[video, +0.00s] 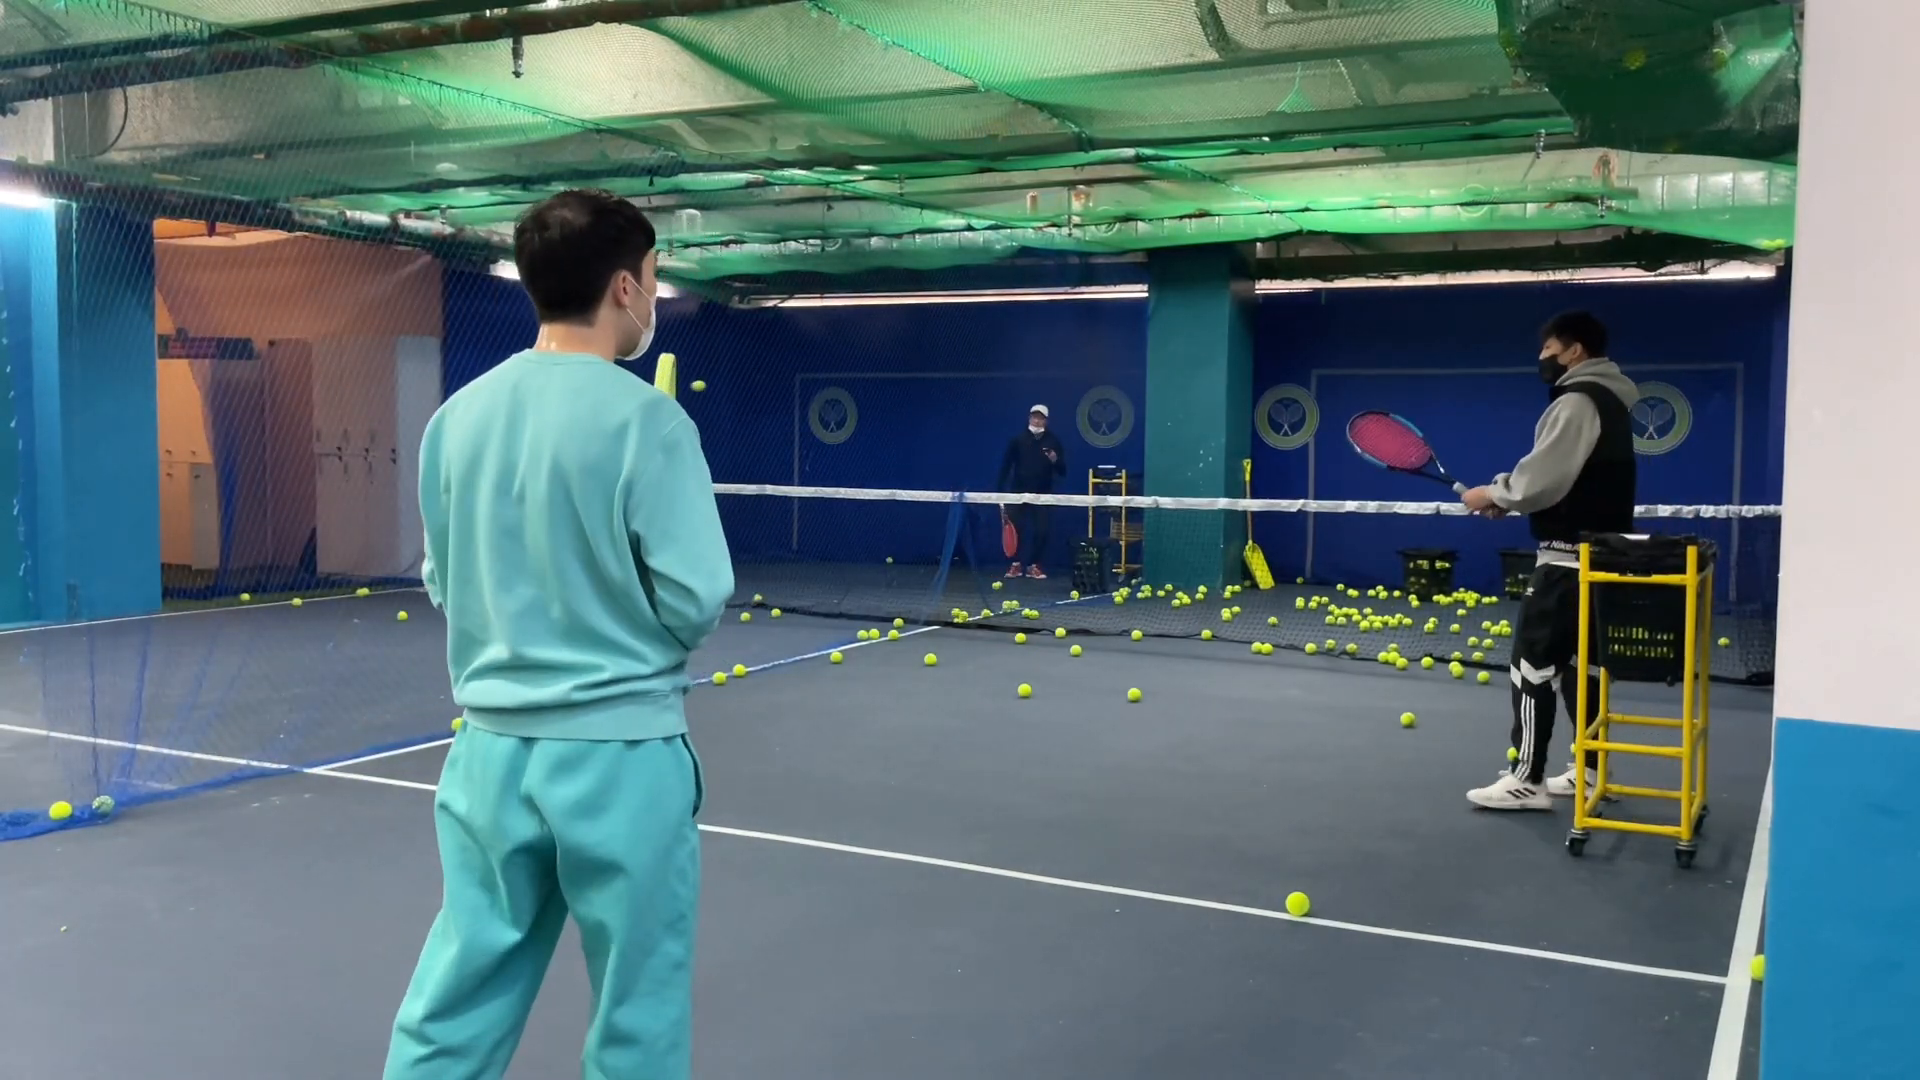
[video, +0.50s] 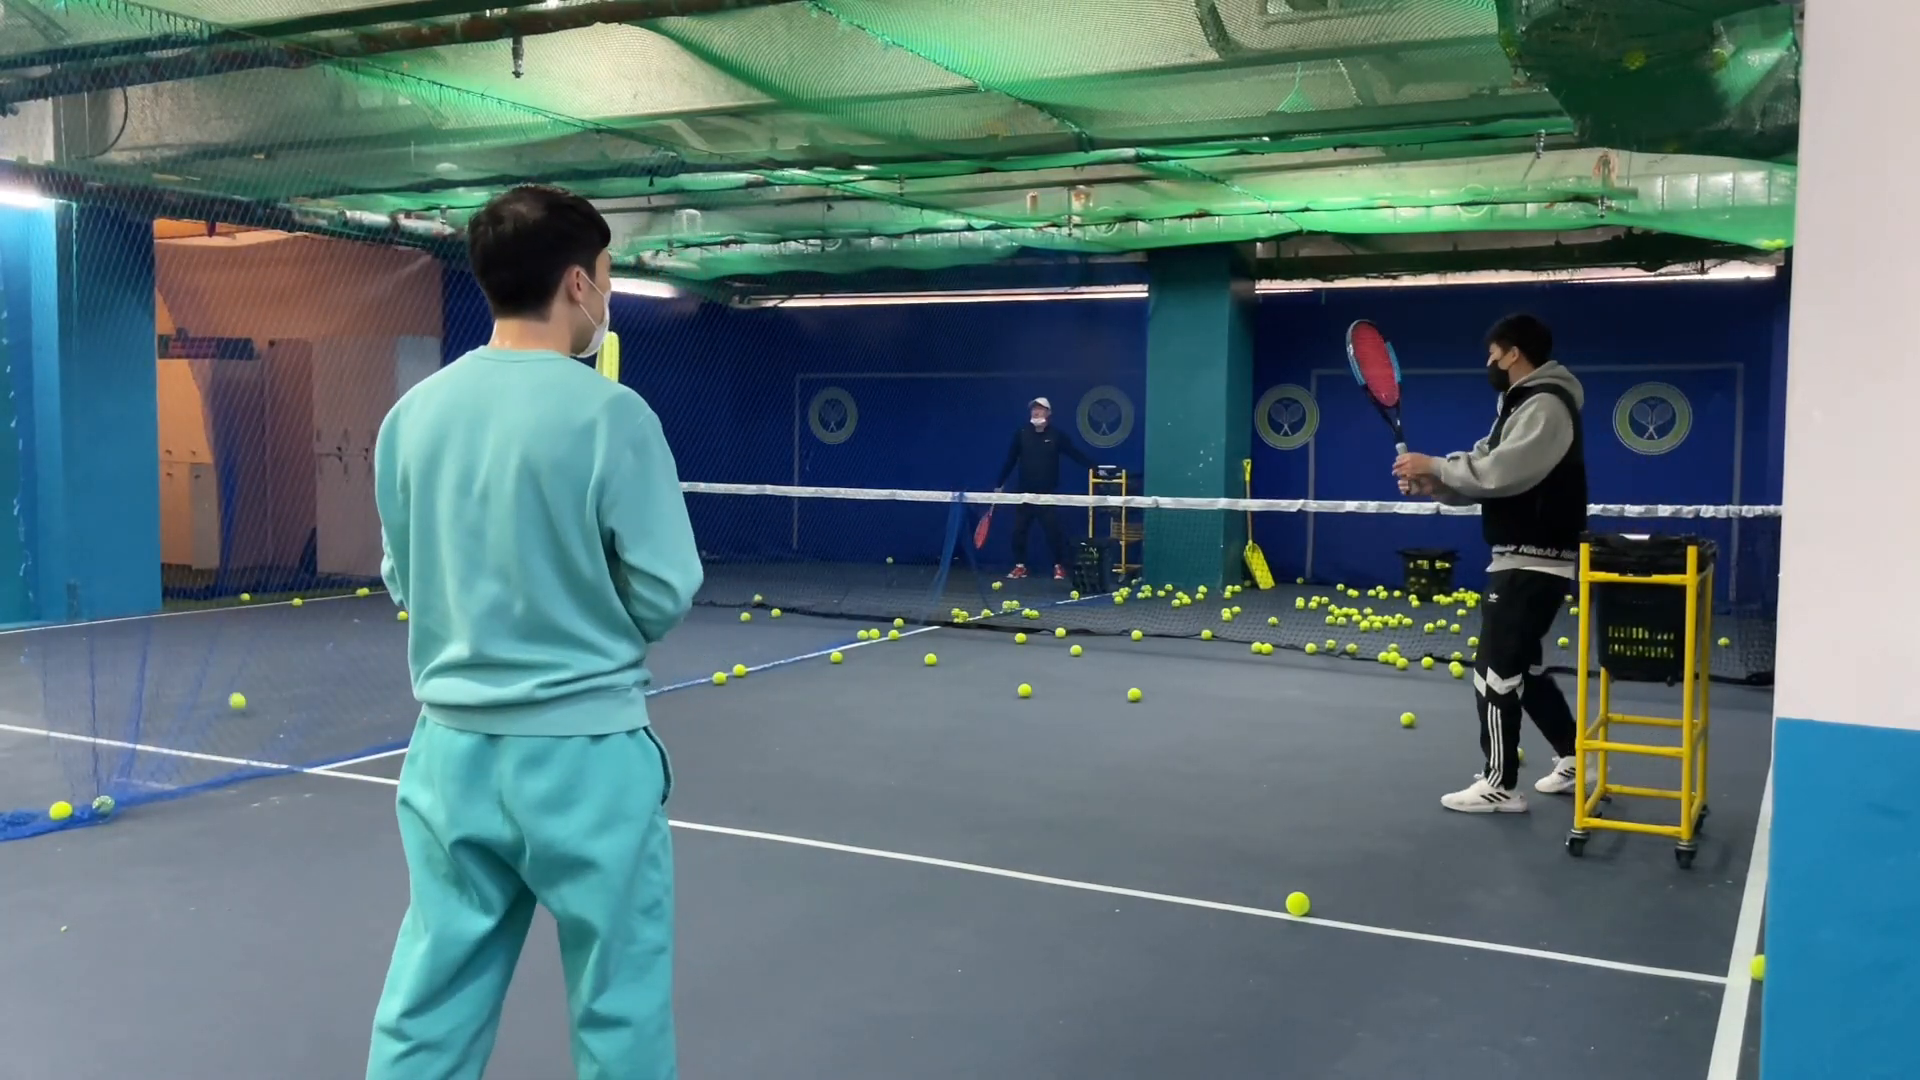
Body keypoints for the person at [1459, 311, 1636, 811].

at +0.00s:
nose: (1543, 358)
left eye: (1550, 349)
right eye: (1543, 350)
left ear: (1579, 348)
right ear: (1583, 351)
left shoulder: (1577, 403)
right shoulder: (1606, 399)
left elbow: (1546, 475)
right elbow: (1566, 479)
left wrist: (1492, 492)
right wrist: (1507, 497)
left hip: (1566, 556)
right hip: (1598, 554)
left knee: (1532, 664)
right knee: (1579, 665)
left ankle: (1526, 779)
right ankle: (1590, 771)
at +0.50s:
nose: (1492, 363)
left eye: (1495, 354)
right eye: (1491, 355)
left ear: (1516, 353)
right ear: (1524, 354)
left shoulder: (1545, 406)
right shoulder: (1524, 405)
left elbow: (1504, 468)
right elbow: (1491, 478)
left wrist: (1435, 466)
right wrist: (1434, 484)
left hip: (1533, 561)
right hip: (1523, 559)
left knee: (1495, 670)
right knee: (1522, 668)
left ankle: (1500, 785)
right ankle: (1575, 758)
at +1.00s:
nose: (1444, 371)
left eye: (1448, 361)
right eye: (1441, 364)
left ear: (1476, 354)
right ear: (1462, 362)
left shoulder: (1522, 398)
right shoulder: (1460, 415)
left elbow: (1514, 460)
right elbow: (1439, 483)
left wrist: (1449, 455)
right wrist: (1419, 472)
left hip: (1522, 555)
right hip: (1487, 557)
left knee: (1501, 673)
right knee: (1479, 666)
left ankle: (1502, 786)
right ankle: (1480, 760)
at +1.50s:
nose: (1438, 361)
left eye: (1445, 350)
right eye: (1432, 355)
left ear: (1472, 348)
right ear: (1431, 360)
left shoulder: (1507, 401)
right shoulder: (1446, 413)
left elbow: (1511, 467)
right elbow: (1420, 467)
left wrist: (1461, 466)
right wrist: (1410, 473)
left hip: (1506, 553)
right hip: (1469, 555)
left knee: (1494, 670)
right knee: (1468, 664)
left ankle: (1503, 785)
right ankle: (1479, 760)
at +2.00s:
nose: (1438, 367)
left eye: (1444, 356)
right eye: (1433, 361)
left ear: (1473, 352)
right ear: (1436, 365)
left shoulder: (1497, 402)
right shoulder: (1464, 401)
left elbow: (1479, 473)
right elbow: (1441, 451)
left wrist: (1435, 495)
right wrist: (1412, 476)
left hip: (1497, 556)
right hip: (1468, 554)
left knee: (1481, 670)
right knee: (1465, 667)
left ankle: (1502, 786)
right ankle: (1478, 760)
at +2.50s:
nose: (1428, 373)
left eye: (1435, 362)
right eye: (1424, 365)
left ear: (1466, 355)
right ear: (1442, 366)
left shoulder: (1498, 399)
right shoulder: (1454, 407)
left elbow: (1491, 478)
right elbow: (1430, 465)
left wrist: (1445, 522)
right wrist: (1424, 512)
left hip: (1505, 556)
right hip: (1476, 556)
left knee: (1483, 672)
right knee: (1469, 668)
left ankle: (1501, 786)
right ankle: (1483, 761)